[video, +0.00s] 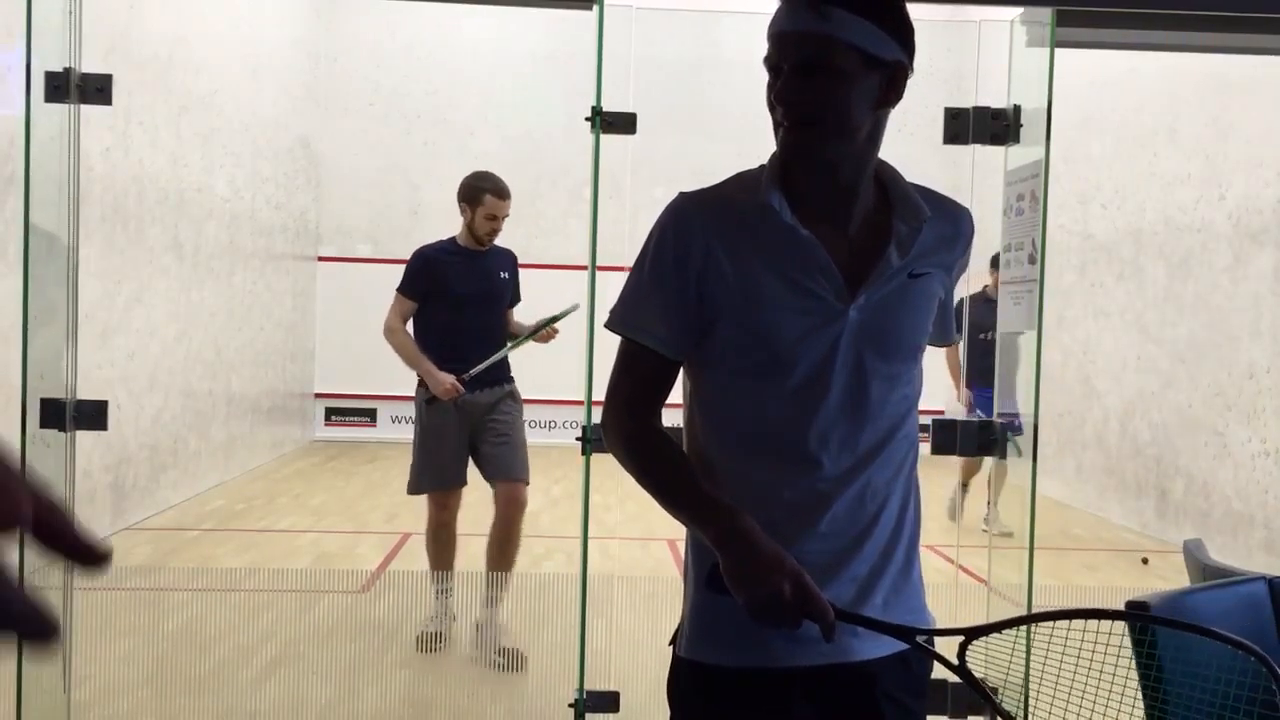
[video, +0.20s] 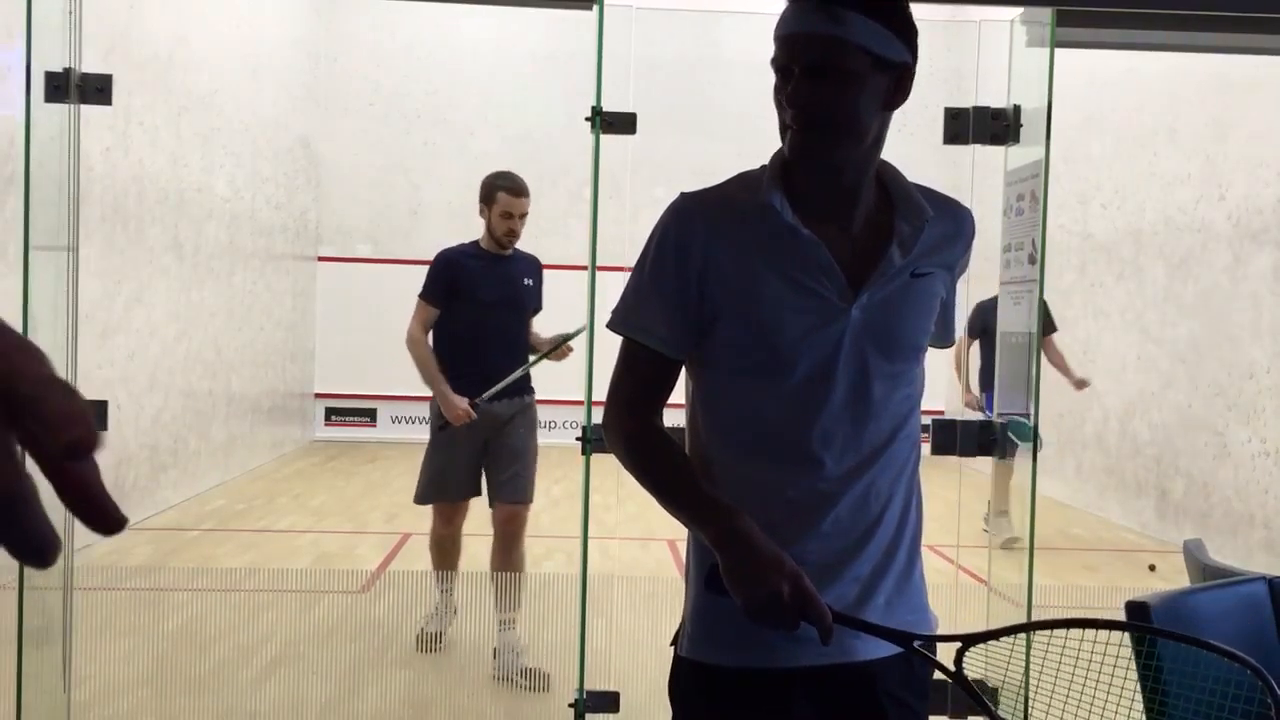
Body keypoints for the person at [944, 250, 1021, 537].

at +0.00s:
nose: (1004, 282)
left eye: (1009, 277)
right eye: (1001, 276)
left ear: (1013, 279)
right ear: (991, 274)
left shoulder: (1016, 306)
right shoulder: (969, 305)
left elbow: (1021, 349)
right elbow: (951, 345)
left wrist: (1017, 391)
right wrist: (960, 385)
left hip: (1007, 391)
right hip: (977, 390)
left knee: (1001, 455)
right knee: (974, 456)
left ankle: (992, 511)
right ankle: (961, 489)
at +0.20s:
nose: (1019, 281)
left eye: (1024, 276)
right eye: (1013, 275)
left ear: (1031, 276)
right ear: (1004, 276)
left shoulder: (1036, 305)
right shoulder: (986, 309)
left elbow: (1048, 345)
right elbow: (961, 349)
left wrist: (1071, 376)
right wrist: (966, 391)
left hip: (1023, 390)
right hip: (995, 390)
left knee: (1008, 451)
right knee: (1004, 451)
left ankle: (994, 512)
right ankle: (1001, 517)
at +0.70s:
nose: (1094, 293)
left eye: (1097, 288)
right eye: (1089, 287)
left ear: (1100, 286)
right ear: (1072, 281)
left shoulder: (1093, 310)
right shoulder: (1045, 314)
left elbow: (1086, 352)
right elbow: (1031, 369)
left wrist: (1079, 390)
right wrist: (1048, 412)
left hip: (1077, 401)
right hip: (1045, 403)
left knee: (1098, 462)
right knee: (1039, 469)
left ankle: (1088, 538)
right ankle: (1027, 533)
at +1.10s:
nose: (1169, 341)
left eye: (1173, 335)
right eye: (1165, 335)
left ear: (1178, 328)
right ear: (1146, 324)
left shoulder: (1148, 335)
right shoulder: (1122, 354)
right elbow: (1119, 422)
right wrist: (1130, 472)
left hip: (1119, 411)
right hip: (1088, 417)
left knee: (1145, 482)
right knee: (1104, 493)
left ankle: (1130, 561)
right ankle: (1058, 528)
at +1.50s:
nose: (1170, 296)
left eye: (1174, 289)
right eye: (1164, 289)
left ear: (1176, 289)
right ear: (1144, 284)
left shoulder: (1171, 312)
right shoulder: (1111, 311)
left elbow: (1167, 351)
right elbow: (1072, 357)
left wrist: (1177, 398)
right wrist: (1102, 374)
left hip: (1136, 407)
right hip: (1098, 405)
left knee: (1137, 482)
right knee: (1087, 478)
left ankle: (1128, 561)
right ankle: (1056, 529)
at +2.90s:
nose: (1032, 273)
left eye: (1036, 265)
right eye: (1026, 267)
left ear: (1050, 263)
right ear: (1018, 269)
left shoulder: (1078, 296)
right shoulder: (1019, 303)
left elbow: (1097, 347)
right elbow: (998, 353)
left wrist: (1063, 372)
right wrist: (988, 396)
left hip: (1068, 404)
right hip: (1031, 404)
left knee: (1066, 478)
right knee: (1036, 479)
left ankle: (1067, 556)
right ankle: (1038, 551)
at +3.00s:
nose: (1033, 273)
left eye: (1038, 265)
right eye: (1028, 266)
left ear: (1052, 262)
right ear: (1021, 268)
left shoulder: (1079, 297)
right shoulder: (1020, 302)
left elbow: (1092, 348)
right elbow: (994, 349)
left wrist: (1056, 365)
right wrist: (980, 386)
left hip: (1067, 404)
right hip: (1029, 403)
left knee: (1065, 478)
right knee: (1035, 479)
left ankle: (1067, 555)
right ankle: (1038, 551)